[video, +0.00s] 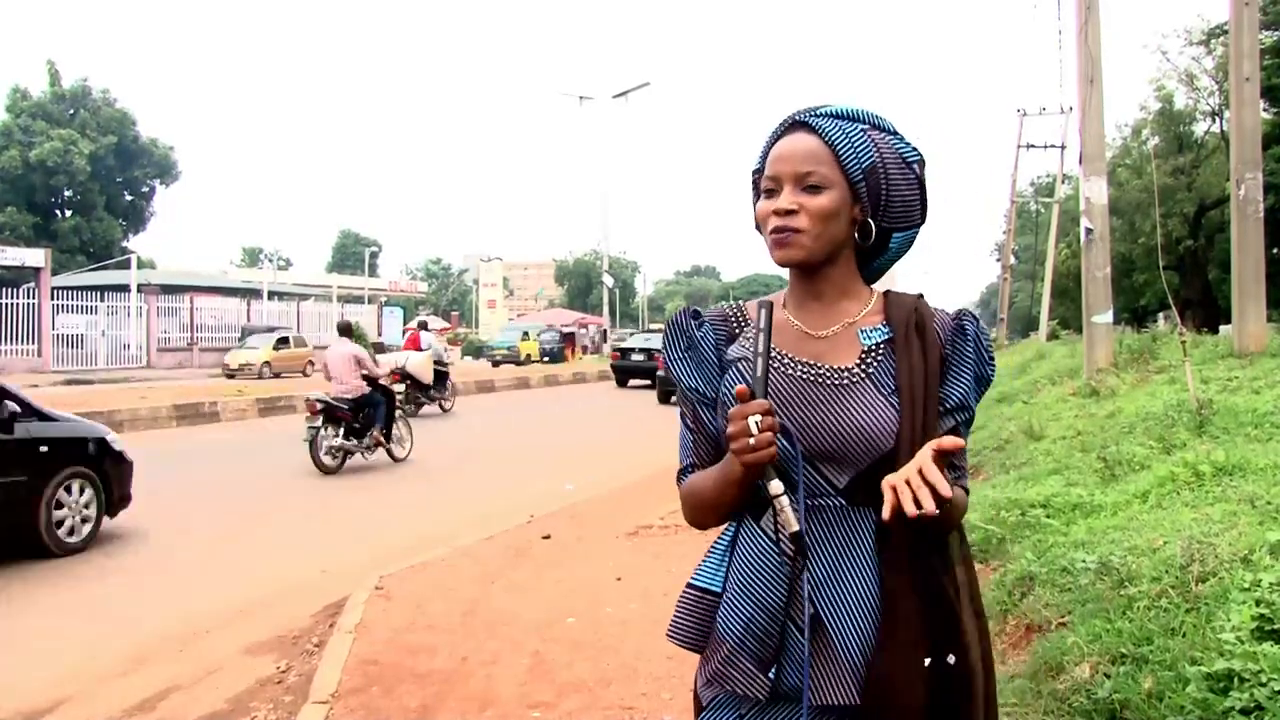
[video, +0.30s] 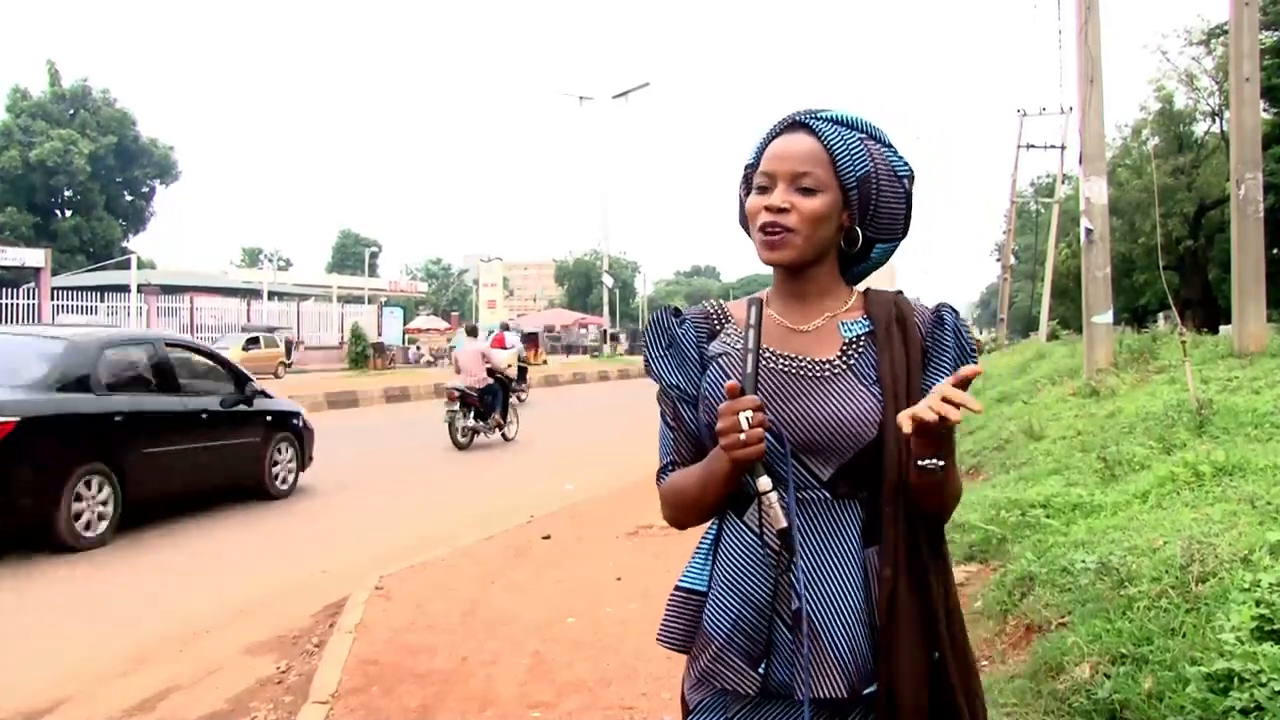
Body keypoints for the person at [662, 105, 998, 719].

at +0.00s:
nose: (781, 205)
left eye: (810, 186)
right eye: (769, 189)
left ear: (860, 209)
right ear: (757, 207)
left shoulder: (927, 335)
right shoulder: (723, 338)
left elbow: (954, 504)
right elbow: (697, 509)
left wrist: (927, 477)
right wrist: (739, 463)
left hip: (890, 636)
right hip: (758, 634)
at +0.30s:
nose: (774, 204)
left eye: (804, 188)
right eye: (762, 186)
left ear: (847, 214)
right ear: (745, 203)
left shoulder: (909, 331)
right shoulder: (704, 336)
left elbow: (939, 505)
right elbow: (675, 507)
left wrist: (930, 441)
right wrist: (727, 459)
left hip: (873, 642)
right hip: (741, 639)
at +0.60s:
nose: (757, 202)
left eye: (788, 190)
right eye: (747, 184)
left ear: (831, 218)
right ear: (730, 199)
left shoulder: (883, 324)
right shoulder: (688, 336)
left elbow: (916, 490)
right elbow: (667, 514)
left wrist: (918, 316)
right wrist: (695, 459)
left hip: (848, 636)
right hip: (721, 638)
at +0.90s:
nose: (742, 206)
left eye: (775, 196)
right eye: (739, 184)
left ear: (819, 228)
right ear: (724, 192)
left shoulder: (873, 329)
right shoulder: (678, 342)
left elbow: (891, 472)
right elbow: (658, 520)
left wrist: (889, 294)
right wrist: (673, 460)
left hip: (831, 628)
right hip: (709, 626)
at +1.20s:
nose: (743, 204)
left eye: (776, 194)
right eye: (739, 184)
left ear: (821, 225)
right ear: (726, 191)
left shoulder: (871, 326)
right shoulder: (678, 339)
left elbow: (937, 412)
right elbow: (653, 515)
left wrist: (922, 265)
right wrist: (681, 459)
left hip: (836, 627)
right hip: (714, 628)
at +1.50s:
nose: (762, 206)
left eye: (791, 191)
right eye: (751, 191)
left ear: (838, 214)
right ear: (736, 209)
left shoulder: (891, 317)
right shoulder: (701, 344)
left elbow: (972, 394)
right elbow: (686, 518)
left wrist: (940, 222)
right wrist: (714, 459)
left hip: (875, 630)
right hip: (745, 633)